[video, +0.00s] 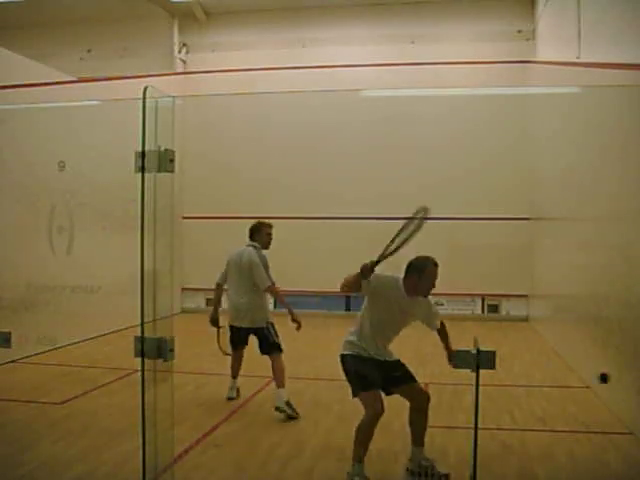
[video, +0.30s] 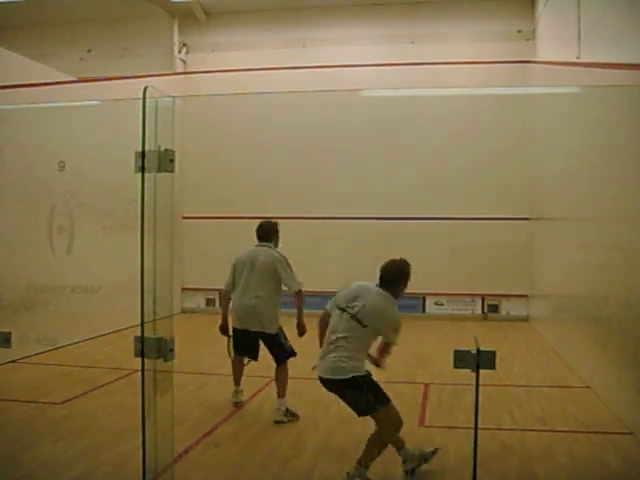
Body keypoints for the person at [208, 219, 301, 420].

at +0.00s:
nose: (271, 239)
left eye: (271, 235)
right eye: (267, 235)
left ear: (251, 237)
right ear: (255, 236)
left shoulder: (234, 256)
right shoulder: (257, 256)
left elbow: (219, 285)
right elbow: (270, 288)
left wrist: (214, 311)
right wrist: (291, 312)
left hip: (237, 318)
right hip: (259, 318)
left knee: (237, 351)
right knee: (276, 355)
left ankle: (232, 387)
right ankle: (282, 399)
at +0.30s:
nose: (279, 239)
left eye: (278, 235)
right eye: (278, 235)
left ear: (257, 236)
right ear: (275, 236)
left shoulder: (242, 257)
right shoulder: (277, 258)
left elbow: (225, 291)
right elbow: (297, 290)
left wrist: (224, 318)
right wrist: (300, 319)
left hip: (240, 319)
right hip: (266, 320)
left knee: (238, 354)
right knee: (282, 359)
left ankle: (237, 392)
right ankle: (281, 408)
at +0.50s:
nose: (269, 243)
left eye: (269, 240)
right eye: (269, 240)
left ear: (248, 241)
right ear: (266, 241)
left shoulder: (233, 258)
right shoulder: (265, 259)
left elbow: (213, 294)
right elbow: (286, 286)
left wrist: (215, 321)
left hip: (223, 318)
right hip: (249, 319)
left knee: (222, 357)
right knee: (276, 355)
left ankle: (197, 400)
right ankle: (275, 407)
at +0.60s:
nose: (266, 257)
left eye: (265, 253)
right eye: (265, 253)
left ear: (244, 254)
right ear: (262, 256)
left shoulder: (227, 274)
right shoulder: (260, 274)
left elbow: (211, 305)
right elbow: (276, 305)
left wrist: (219, 324)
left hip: (221, 330)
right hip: (248, 331)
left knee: (217, 368)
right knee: (278, 364)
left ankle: (195, 409)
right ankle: (274, 409)